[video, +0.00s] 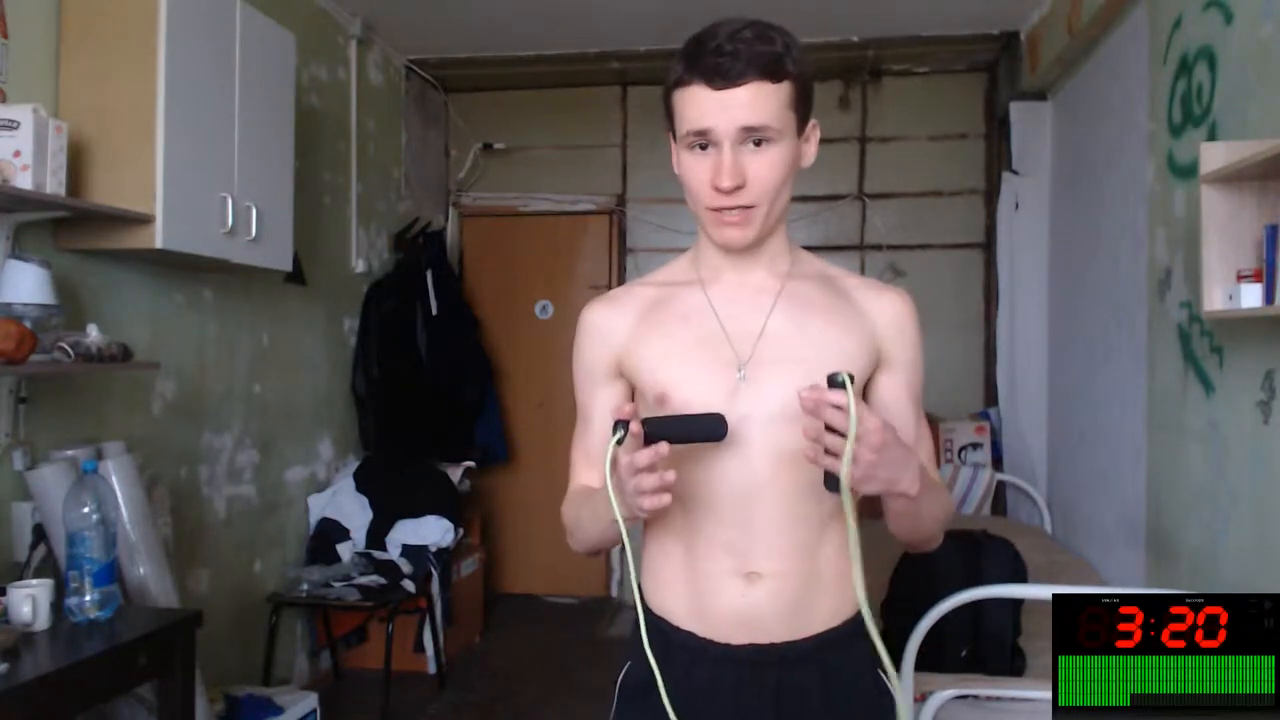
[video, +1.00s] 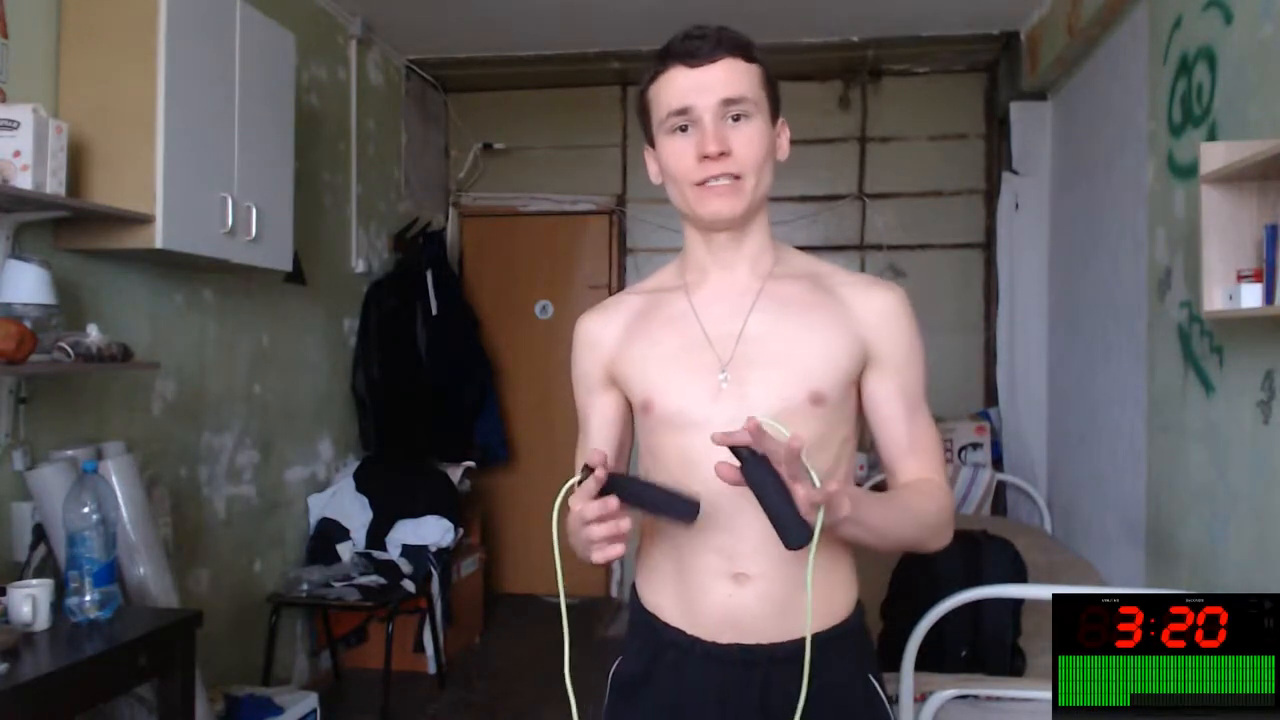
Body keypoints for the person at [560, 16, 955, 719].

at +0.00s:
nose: (727, 176)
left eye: (756, 141)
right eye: (701, 145)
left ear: (806, 146)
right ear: (674, 156)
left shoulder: (879, 314)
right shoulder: (614, 323)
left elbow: (925, 532)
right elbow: (579, 529)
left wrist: (904, 477)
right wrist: (615, 500)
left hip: (835, 675)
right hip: (676, 678)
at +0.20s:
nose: (730, 174)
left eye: (757, 138)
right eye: (702, 143)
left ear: (805, 145)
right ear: (673, 158)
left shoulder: (878, 315)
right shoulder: (614, 322)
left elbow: (929, 533)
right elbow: (576, 527)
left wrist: (900, 488)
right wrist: (610, 506)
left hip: (828, 671)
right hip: (673, 670)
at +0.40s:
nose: (729, 165)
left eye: (755, 130)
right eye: (700, 137)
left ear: (802, 140)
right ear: (671, 159)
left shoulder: (879, 314)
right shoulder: (614, 321)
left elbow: (931, 530)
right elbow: (581, 518)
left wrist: (883, 479)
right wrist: (611, 512)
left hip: (827, 675)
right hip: (671, 673)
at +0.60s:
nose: (727, 140)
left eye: (751, 111)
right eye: (696, 120)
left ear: (796, 138)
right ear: (668, 159)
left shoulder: (878, 311)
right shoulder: (611, 322)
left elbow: (940, 526)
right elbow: (585, 535)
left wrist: (862, 469)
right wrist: (603, 494)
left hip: (829, 676)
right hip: (671, 674)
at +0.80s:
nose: (721, 149)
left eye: (745, 119)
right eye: (691, 128)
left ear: (788, 140)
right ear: (661, 163)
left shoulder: (874, 313)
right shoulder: (611, 328)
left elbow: (939, 521)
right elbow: (572, 535)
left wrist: (853, 493)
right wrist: (596, 515)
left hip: (826, 676)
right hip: (669, 674)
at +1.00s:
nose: (713, 144)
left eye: (737, 115)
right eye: (682, 125)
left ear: (779, 140)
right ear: (654, 163)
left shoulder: (870, 310)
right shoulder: (607, 332)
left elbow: (932, 516)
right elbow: (587, 498)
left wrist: (835, 504)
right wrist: (581, 527)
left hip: (825, 677)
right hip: (667, 676)